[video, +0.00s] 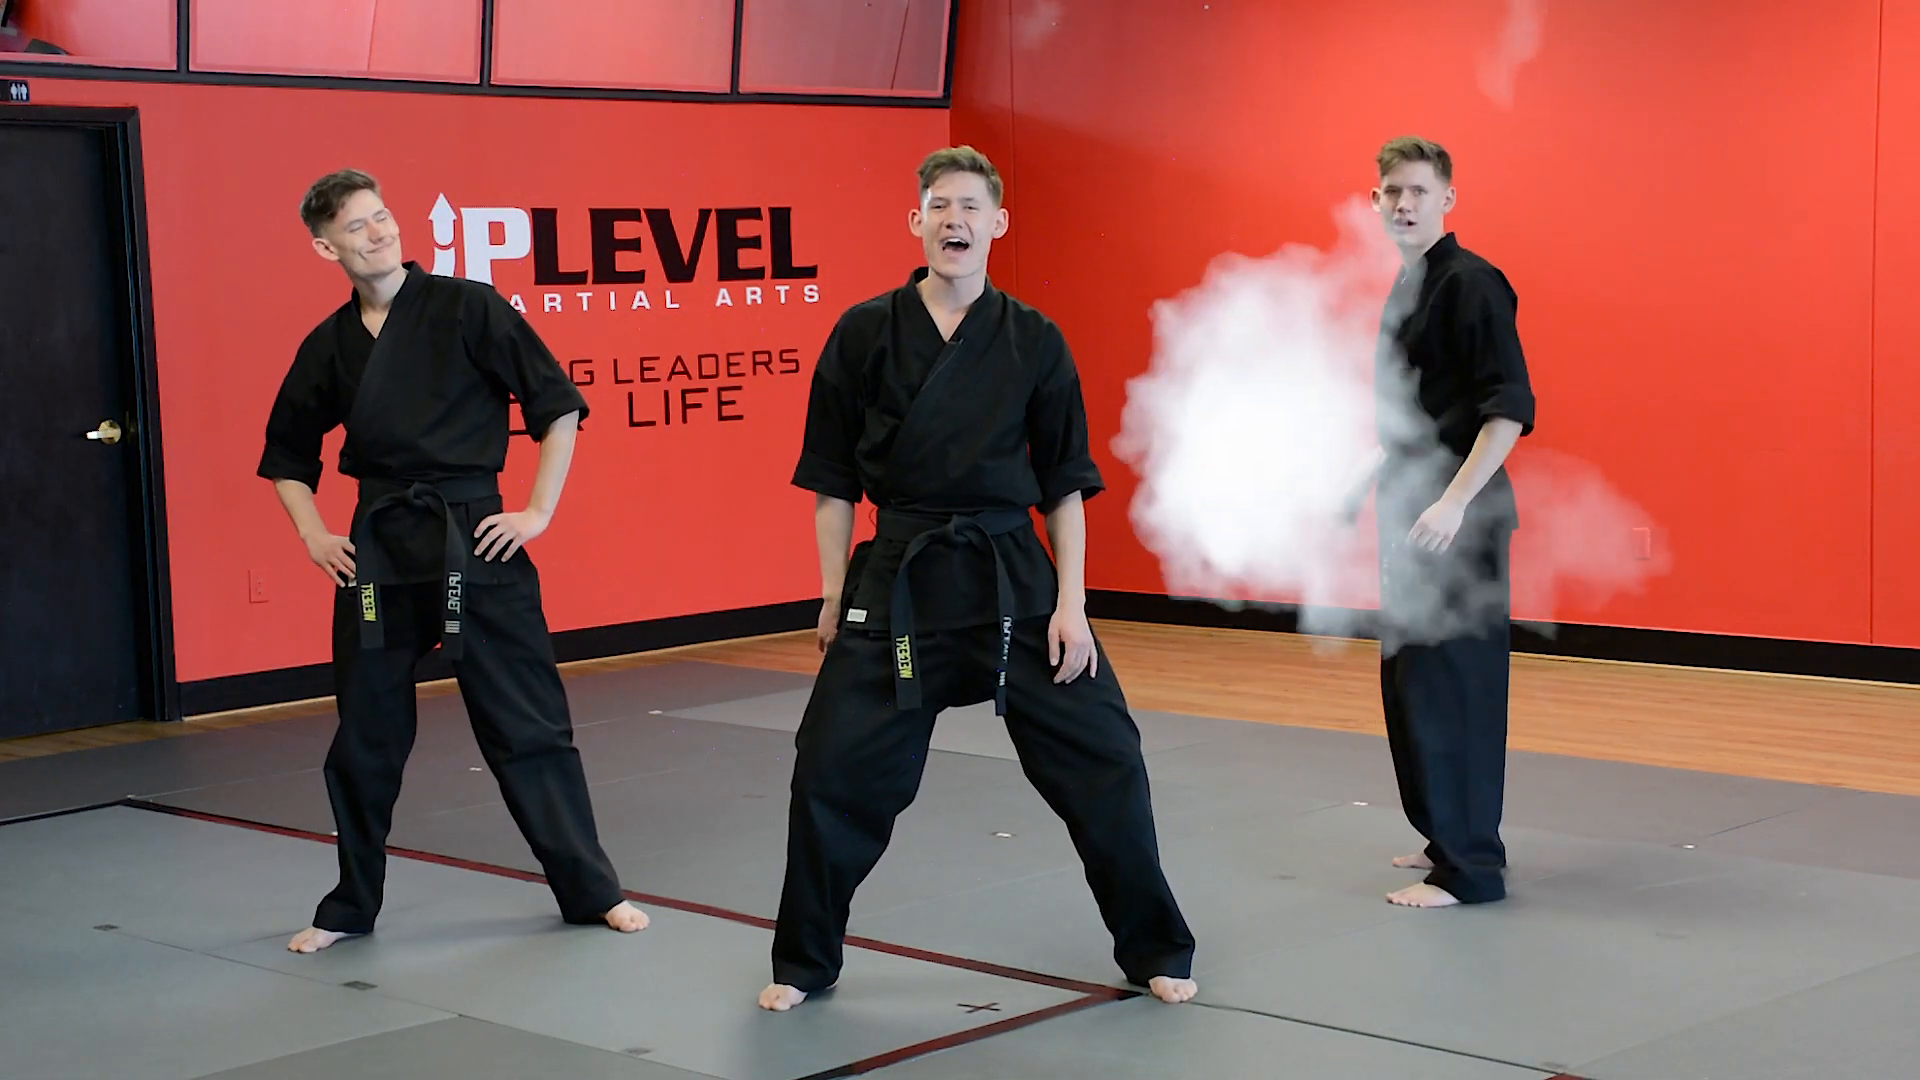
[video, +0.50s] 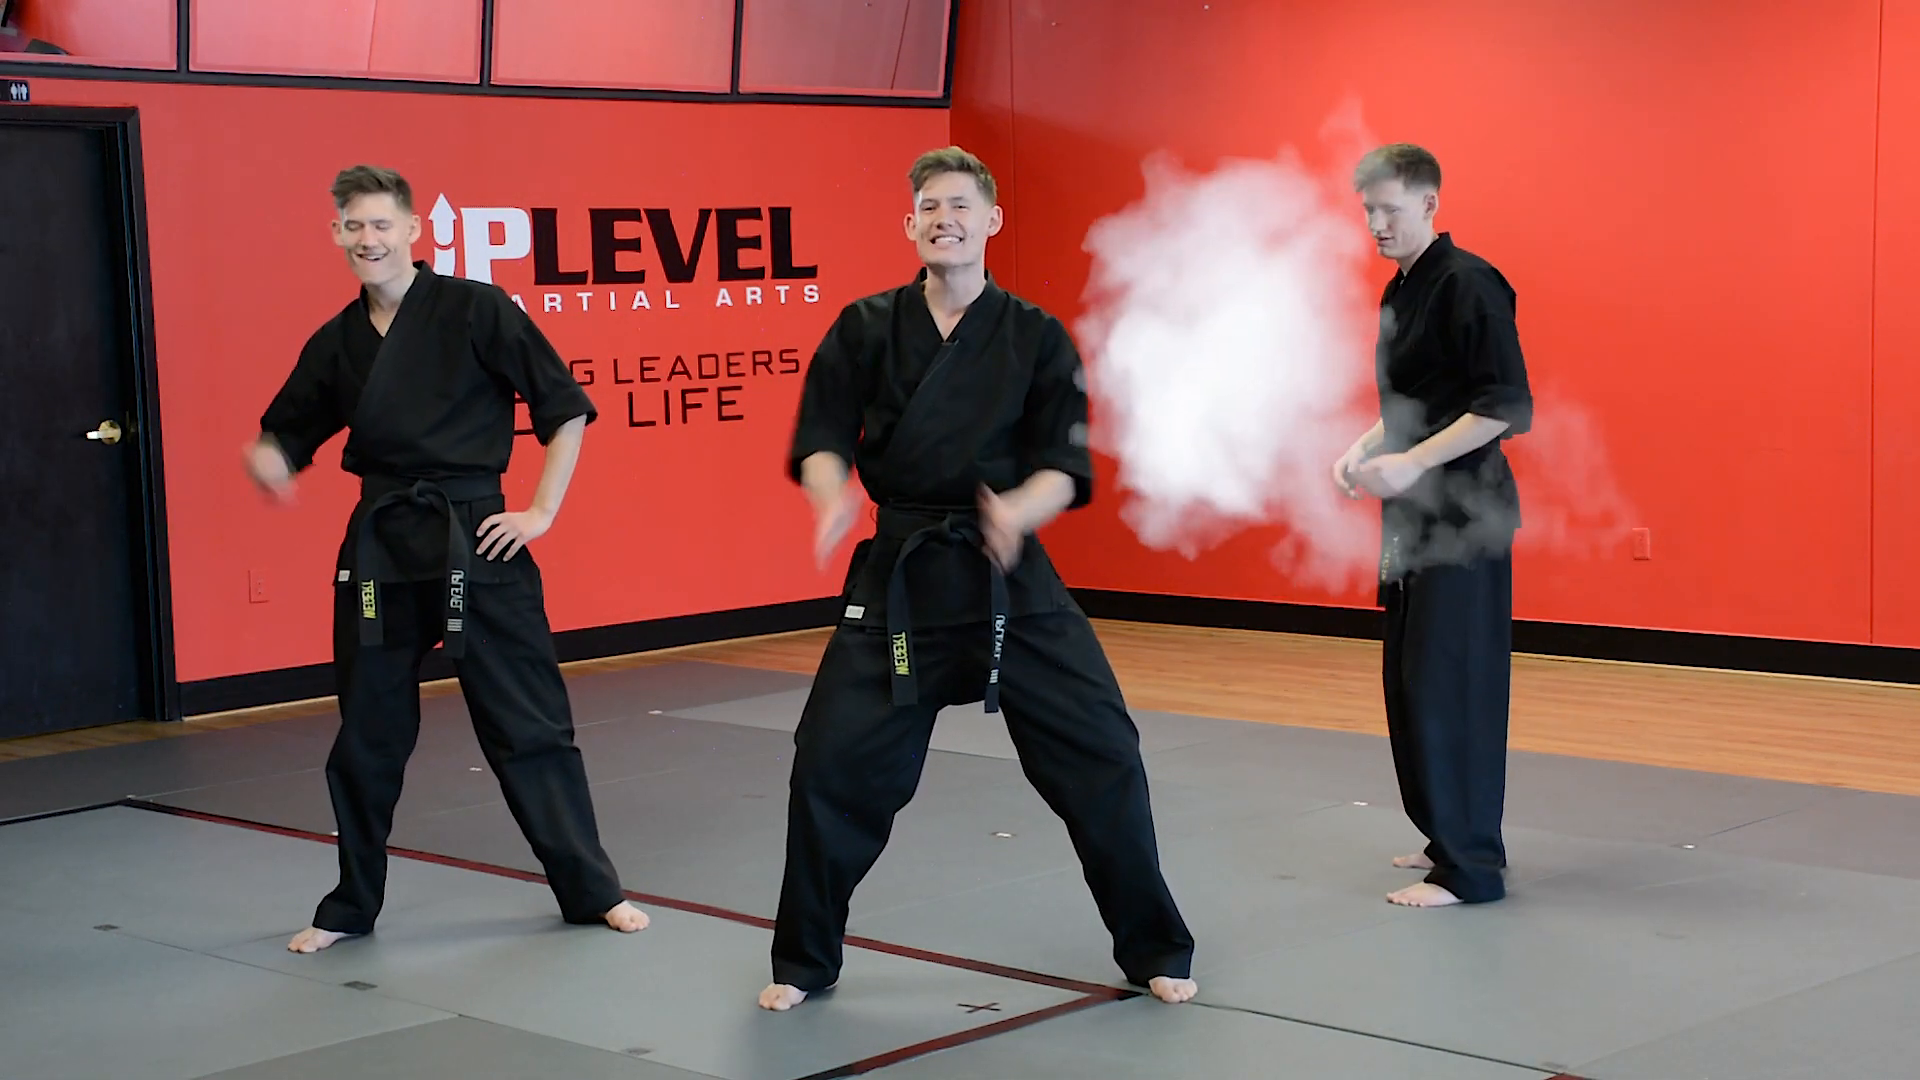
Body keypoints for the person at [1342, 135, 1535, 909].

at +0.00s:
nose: (1401, 205)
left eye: (1417, 191)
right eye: (1391, 192)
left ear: (1448, 199)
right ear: (1379, 203)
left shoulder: (1474, 284)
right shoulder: (1406, 292)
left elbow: (1510, 409)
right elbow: (1408, 420)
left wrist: (1454, 500)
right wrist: (1359, 490)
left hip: (1461, 508)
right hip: (1414, 505)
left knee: (1459, 685)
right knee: (1417, 681)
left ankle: (1473, 869)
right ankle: (1452, 845)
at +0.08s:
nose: (1398, 204)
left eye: (1414, 191)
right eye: (1388, 192)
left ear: (1446, 200)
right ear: (1376, 203)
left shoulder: (1473, 282)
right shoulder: (1401, 294)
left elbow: (1512, 408)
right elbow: (1410, 417)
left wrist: (1454, 497)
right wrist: (1365, 474)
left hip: (1462, 513)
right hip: (1413, 511)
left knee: (1457, 689)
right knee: (1415, 685)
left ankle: (1472, 870)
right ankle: (1451, 843)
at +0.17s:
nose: (1393, 209)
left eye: (1409, 195)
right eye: (1383, 196)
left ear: (1444, 200)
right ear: (1373, 204)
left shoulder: (1472, 282)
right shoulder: (1402, 294)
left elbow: (1513, 406)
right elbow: (1411, 416)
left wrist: (1452, 493)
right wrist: (1361, 472)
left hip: (1463, 512)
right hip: (1413, 509)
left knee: (1457, 690)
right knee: (1414, 687)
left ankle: (1472, 870)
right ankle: (1451, 844)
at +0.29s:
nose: (1390, 213)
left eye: (1405, 199)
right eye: (1380, 200)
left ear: (1439, 203)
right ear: (1370, 206)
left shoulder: (1475, 284)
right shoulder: (1397, 293)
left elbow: (1513, 407)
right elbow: (1416, 416)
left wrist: (1442, 484)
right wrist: (1364, 461)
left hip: (1466, 522)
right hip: (1417, 519)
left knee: (1456, 692)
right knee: (1413, 687)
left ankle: (1472, 871)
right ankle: (1450, 843)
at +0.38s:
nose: (1383, 218)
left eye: (1398, 204)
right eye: (1375, 204)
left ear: (1436, 203)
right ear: (1368, 205)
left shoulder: (1475, 284)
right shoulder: (1396, 294)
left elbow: (1509, 407)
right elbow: (1415, 412)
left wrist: (1433, 474)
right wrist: (1364, 457)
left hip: (1466, 523)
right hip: (1417, 519)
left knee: (1457, 693)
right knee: (1414, 689)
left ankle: (1473, 871)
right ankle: (1450, 844)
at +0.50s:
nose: (1378, 226)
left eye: (1389, 211)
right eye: (1370, 213)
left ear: (1431, 203)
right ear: (1367, 213)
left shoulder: (1473, 285)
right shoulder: (1400, 294)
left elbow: (1504, 407)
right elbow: (1409, 405)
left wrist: (1416, 459)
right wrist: (1364, 447)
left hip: (1463, 526)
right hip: (1416, 523)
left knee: (1455, 692)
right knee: (1415, 688)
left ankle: (1472, 870)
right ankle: (1452, 843)